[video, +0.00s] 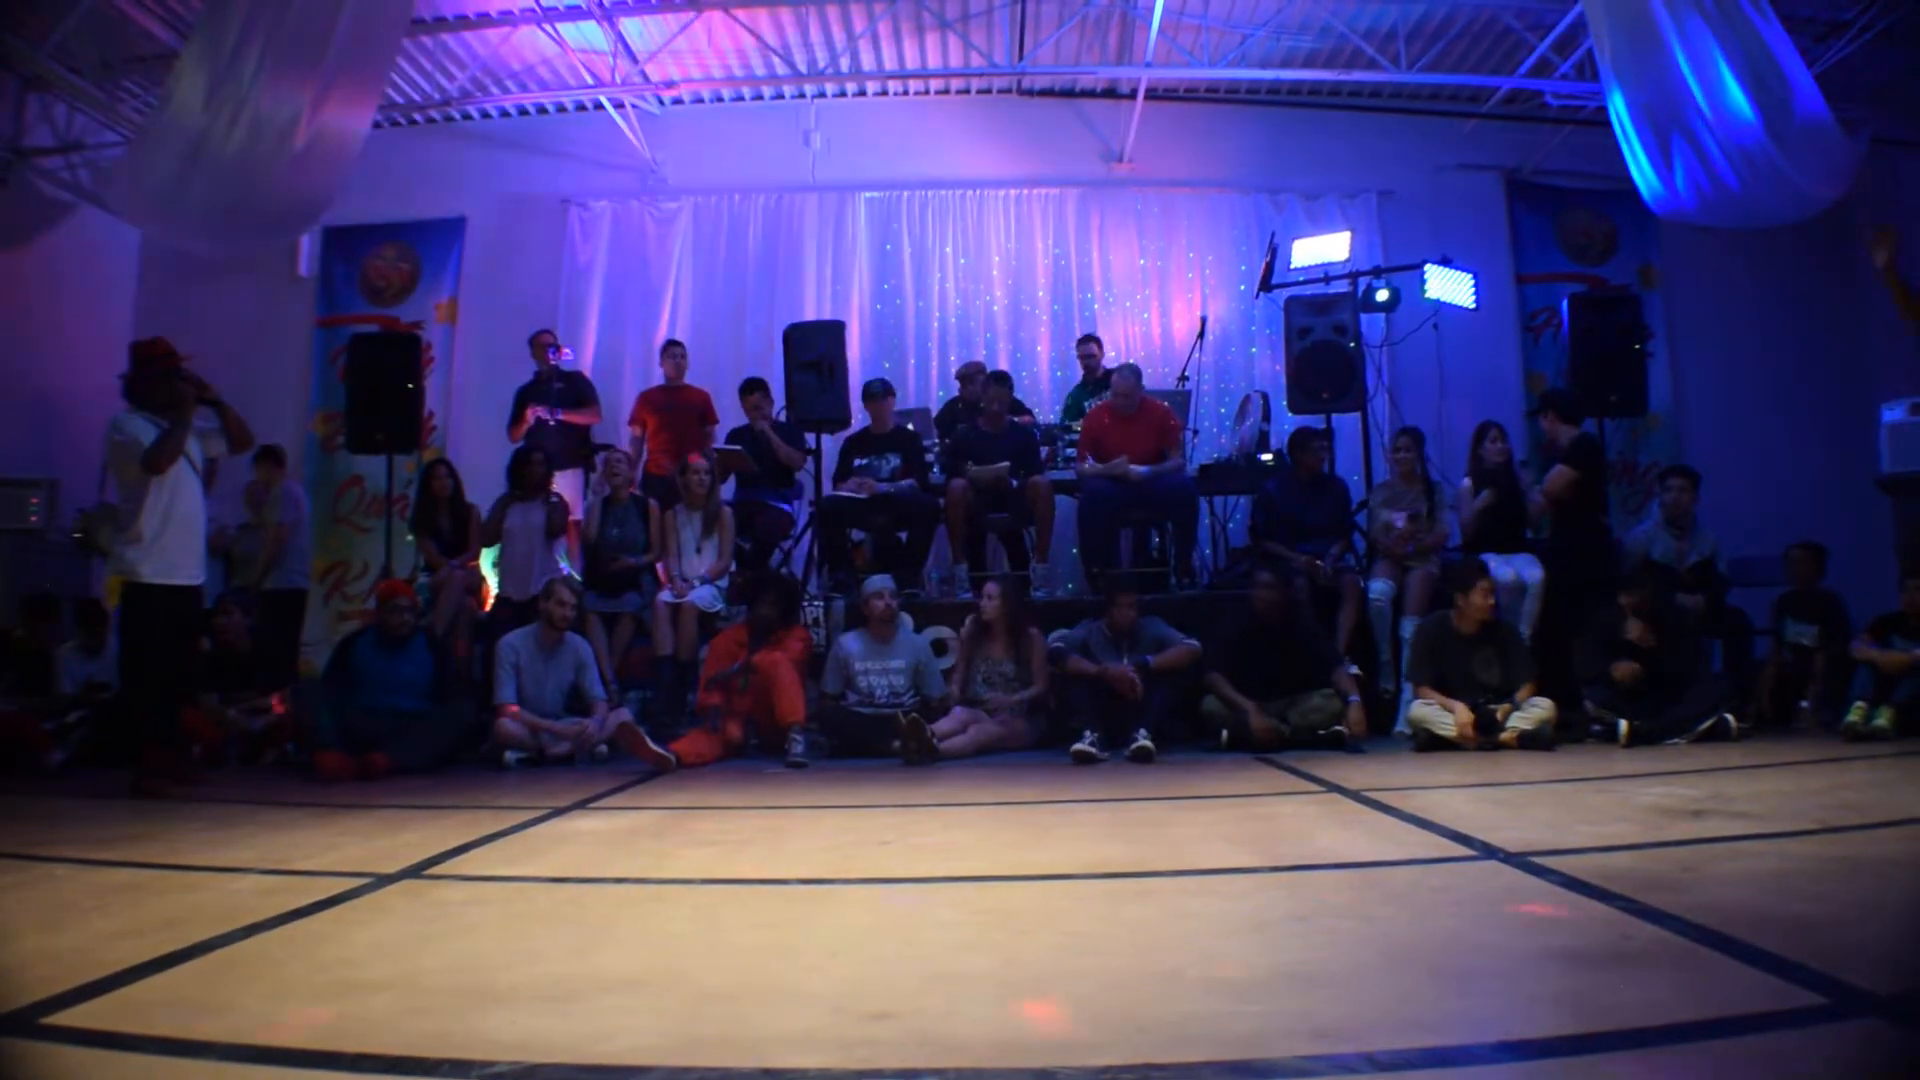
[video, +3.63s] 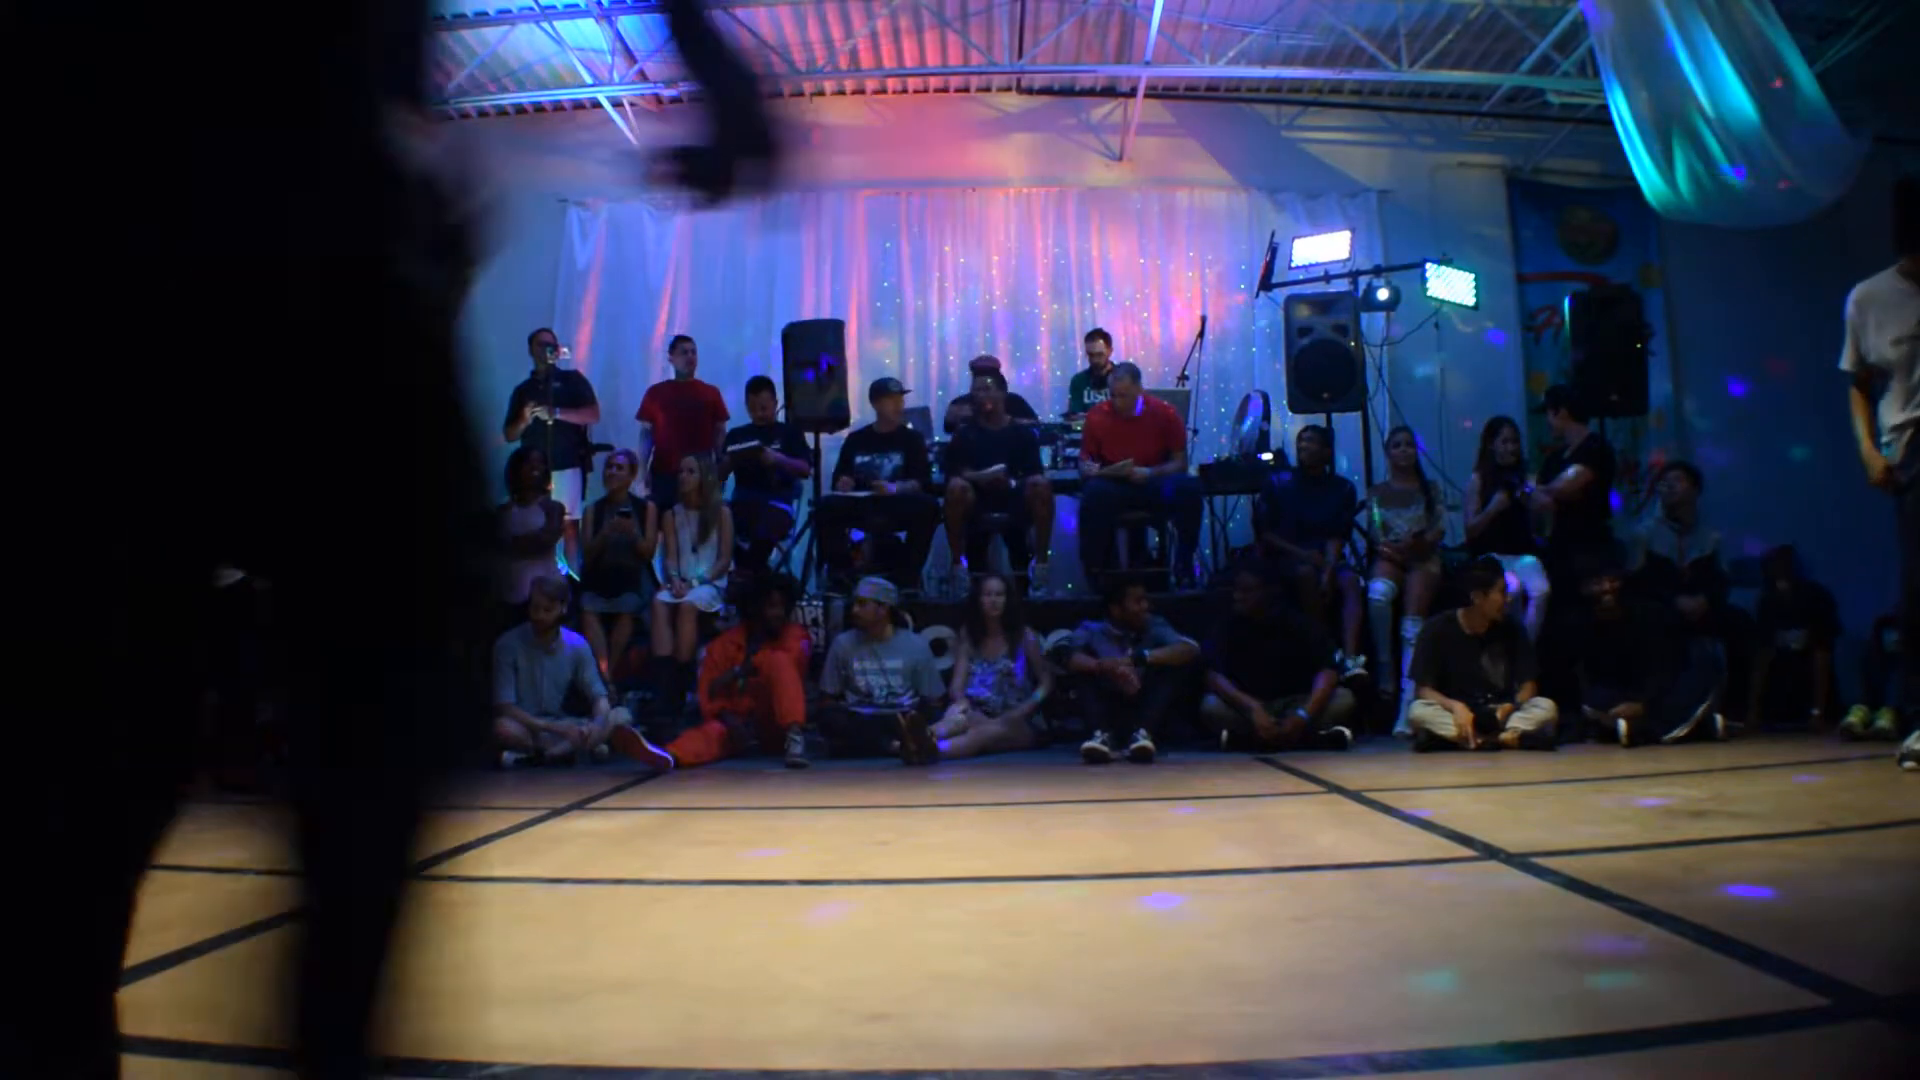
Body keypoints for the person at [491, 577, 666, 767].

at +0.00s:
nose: (567, 613)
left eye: (572, 608)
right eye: (561, 605)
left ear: (577, 611)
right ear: (542, 604)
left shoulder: (579, 646)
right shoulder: (512, 645)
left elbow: (600, 703)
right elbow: (508, 709)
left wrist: (595, 725)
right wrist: (556, 728)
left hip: (568, 722)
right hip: (530, 723)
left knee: (622, 716)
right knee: (504, 728)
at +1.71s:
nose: (576, 602)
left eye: (574, 596)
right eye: (569, 597)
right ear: (547, 606)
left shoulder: (575, 644)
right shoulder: (509, 645)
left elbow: (597, 697)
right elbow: (504, 707)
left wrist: (592, 726)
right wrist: (555, 728)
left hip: (564, 721)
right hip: (528, 723)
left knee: (623, 715)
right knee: (503, 727)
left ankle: (559, 750)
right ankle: (578, 748)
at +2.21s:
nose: (552, 590)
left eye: (549, 586)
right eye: (545, 587)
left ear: (531, 602)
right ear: (527, 601)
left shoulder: (557, 632)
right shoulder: (499, 643)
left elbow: (575, 680)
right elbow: (502, 706)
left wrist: (587, 721)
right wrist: (560, 728)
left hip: (561, 717)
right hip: (527, 720)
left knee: (620, 712)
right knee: (503, 728)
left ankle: (557, 750)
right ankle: (579, 746)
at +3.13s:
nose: (555, 596)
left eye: (555, 590)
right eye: (545, 591)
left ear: (559, 594)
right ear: (524, 602)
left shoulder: (568, 640)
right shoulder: (503, 645)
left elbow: (596, 687)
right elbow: (504, 706)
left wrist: (595, 723)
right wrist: (556, 728)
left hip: (562, 719)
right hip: (526, 721)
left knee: (619, 714)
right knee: (504, 727)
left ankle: (546, 754)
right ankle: (582, 748)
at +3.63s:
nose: (540, 616)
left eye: (548, 610)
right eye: (536, 608)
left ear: (562, 610)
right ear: (529, 607)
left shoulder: (576, 645)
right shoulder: (509, 644)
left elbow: (599, 697)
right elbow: (505, 706)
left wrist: (597, 726)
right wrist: (558, 730)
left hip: (563, 720)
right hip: (525, 721)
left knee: (621, 716)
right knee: (503, 728)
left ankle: (551, 753)